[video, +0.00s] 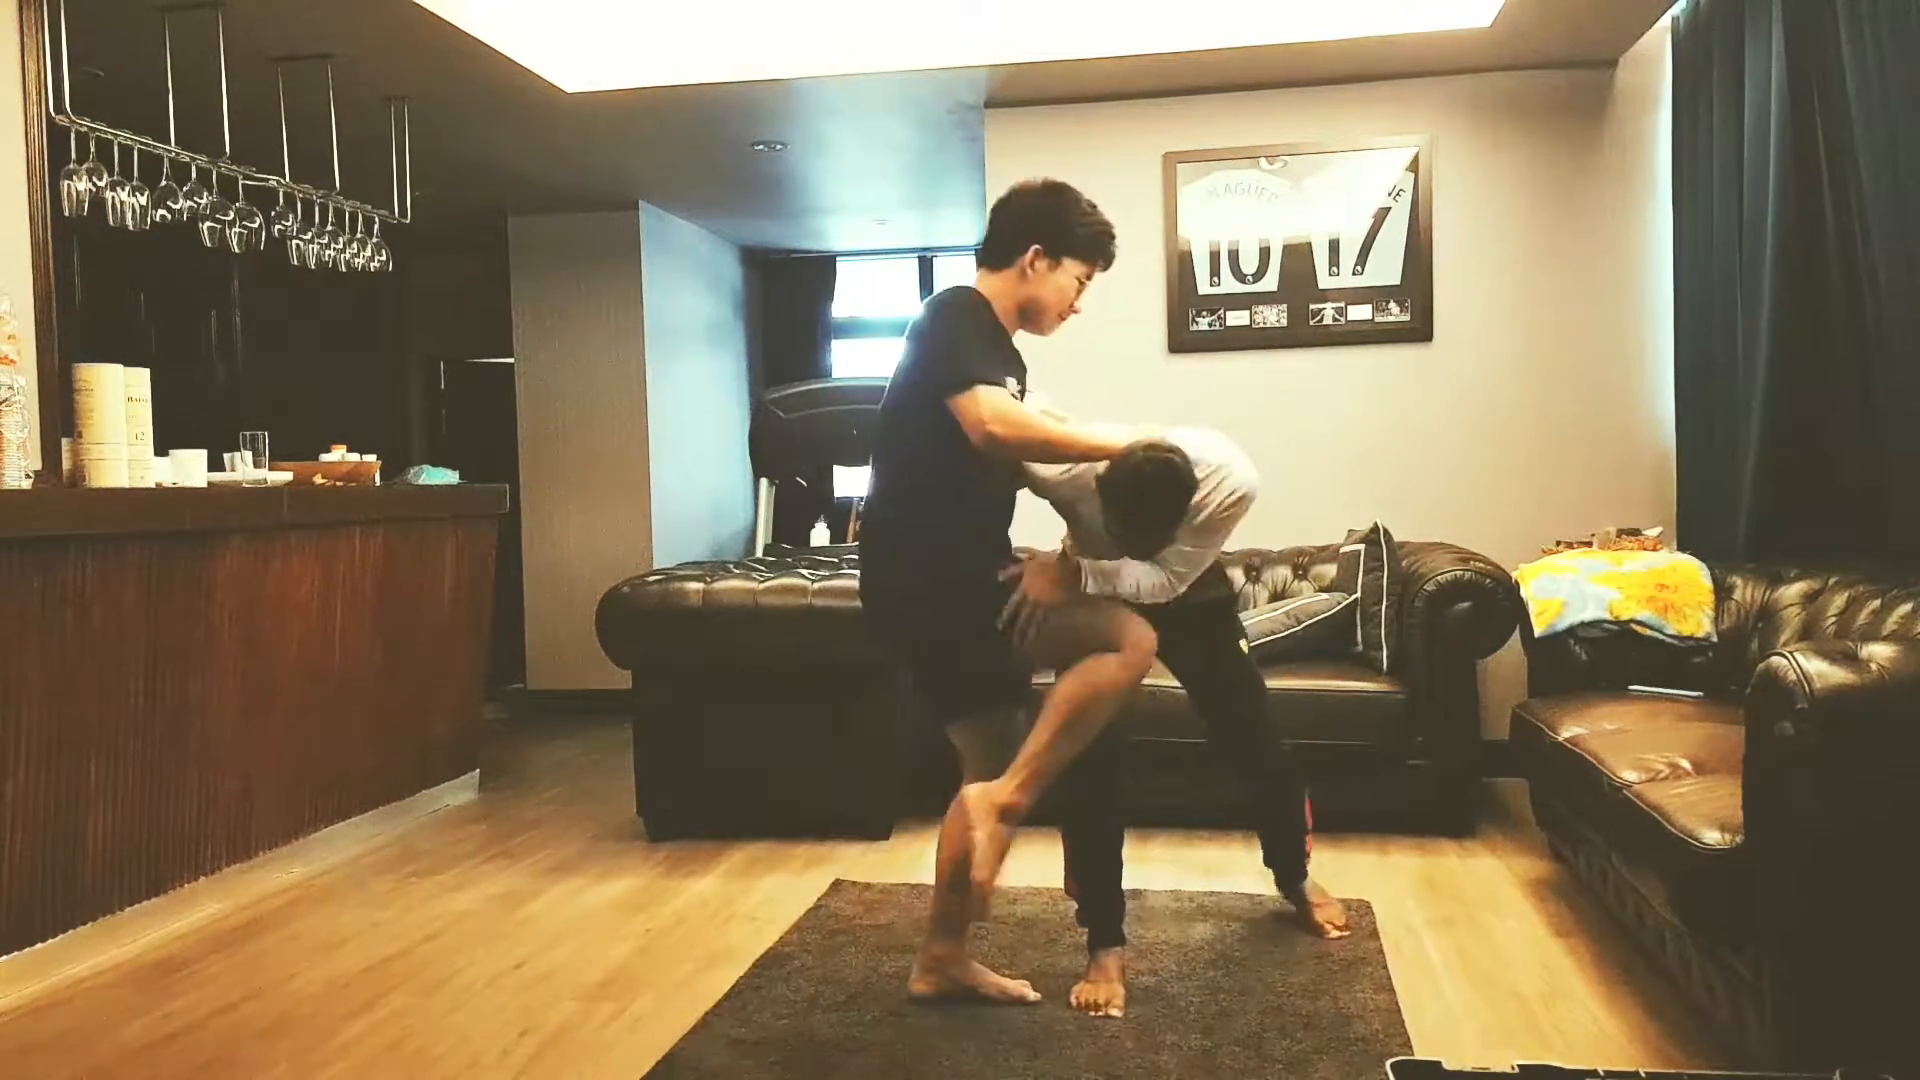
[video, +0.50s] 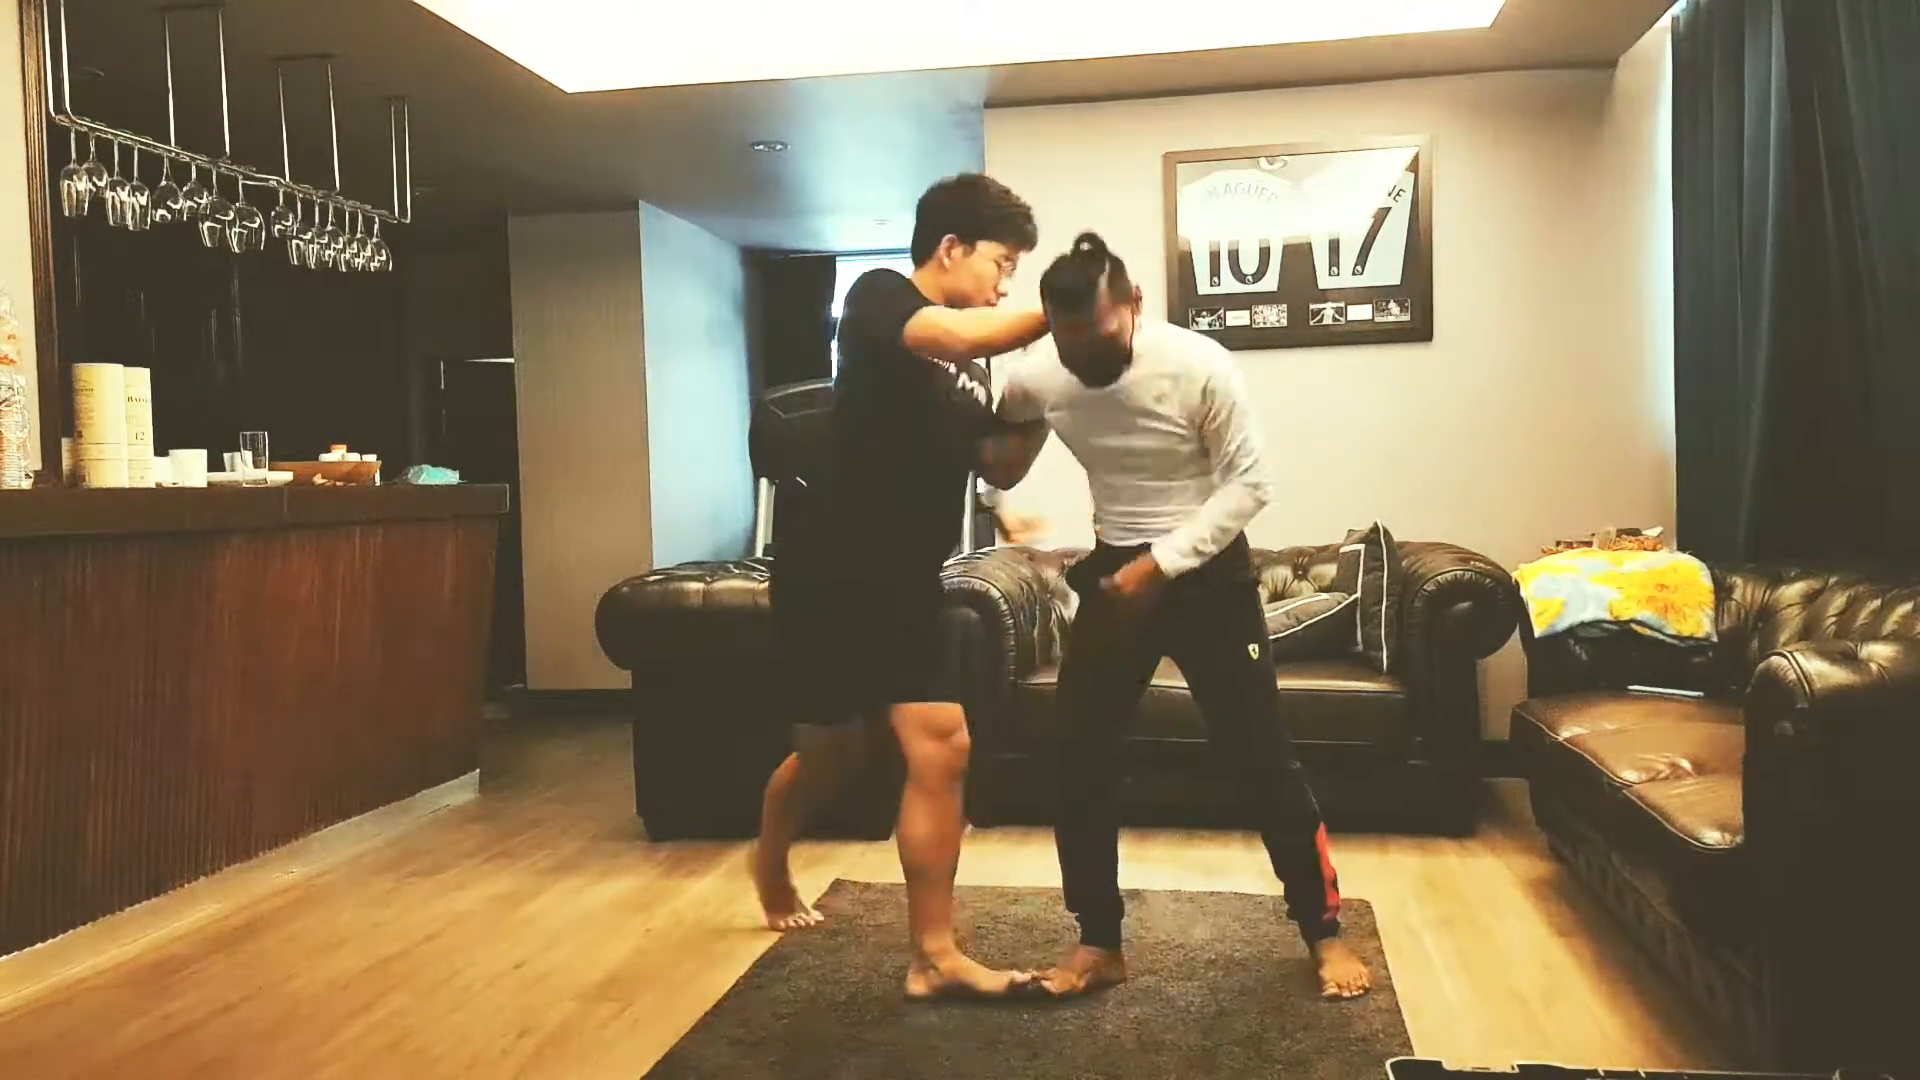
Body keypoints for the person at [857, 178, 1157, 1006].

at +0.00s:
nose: (1078, 302)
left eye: (1085, 287)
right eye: (1078, 282)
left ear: (1029, 263)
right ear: (1032, 259)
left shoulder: (990, 344)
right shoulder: (963, 312)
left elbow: (994, 460)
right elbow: (988, 421)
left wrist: (1079, 487)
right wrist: (1112, 446)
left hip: (939, 571)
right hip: (937, 572)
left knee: (991, 768)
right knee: (1129, 639)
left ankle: (945, 959)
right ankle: (1007, 796)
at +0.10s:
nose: (1064, 299)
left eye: (1072, 283)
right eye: (1063, 277)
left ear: (1016, 261)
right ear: (1016, 257)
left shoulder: (990, 356)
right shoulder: (943, 309)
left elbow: (1003, 467)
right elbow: (969, 408)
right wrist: (1086, 425)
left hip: (947, 571)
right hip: (913, 567)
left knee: (989, 763)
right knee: (1092, 676)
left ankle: (941, 960)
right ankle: (935, 810)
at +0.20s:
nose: (1050, 292)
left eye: (1055, 276)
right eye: (1047, 270)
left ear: (1000, 256)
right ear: (999, 248)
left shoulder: (981, 350)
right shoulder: (927, 301)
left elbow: (997, 465)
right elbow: (964, 393)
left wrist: (1053, 434)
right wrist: (1085, 403)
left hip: (944, 564)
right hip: (896, 561)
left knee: (977, 749)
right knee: (1024, 731)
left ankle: (940, 954)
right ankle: (851, 824)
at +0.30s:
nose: (1037, 284)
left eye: (1042, 269)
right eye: (1033, 262)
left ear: (988, 248)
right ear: (983, 239)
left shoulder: (968, 330)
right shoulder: (911, 292)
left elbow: (983, 449)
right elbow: (965, 375)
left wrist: (1017, 427)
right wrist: (1071, 371)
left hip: (941, 568)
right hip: (880, 567)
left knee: (968, 752)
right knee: (919, 779)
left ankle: (939, 954)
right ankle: (787, 830)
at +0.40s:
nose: (1022, 281)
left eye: (1028, 267)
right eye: (1018, 259)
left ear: (972, 248)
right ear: (968, 238)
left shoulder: (963, 334)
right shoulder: (893, 287)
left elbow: (980, 454)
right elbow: (955, 356)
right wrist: (1060, 334)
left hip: (926, 566)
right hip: (852, 563)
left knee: (948, 746)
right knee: (863, 777)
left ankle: (936, 955)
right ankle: (771, 819)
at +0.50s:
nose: (1005, 286)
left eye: (1011, 271)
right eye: (1000, 265)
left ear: (957, 258)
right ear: (950, 248)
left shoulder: (959, 357)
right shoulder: (877, 294)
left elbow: (999, 468)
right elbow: (959, 336)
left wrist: (1028, 410)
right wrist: (1059, 302)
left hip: (908, 570)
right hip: (835, 565)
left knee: (939, 747)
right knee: (830, 755)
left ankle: (937, 956)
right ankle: (769, 855)